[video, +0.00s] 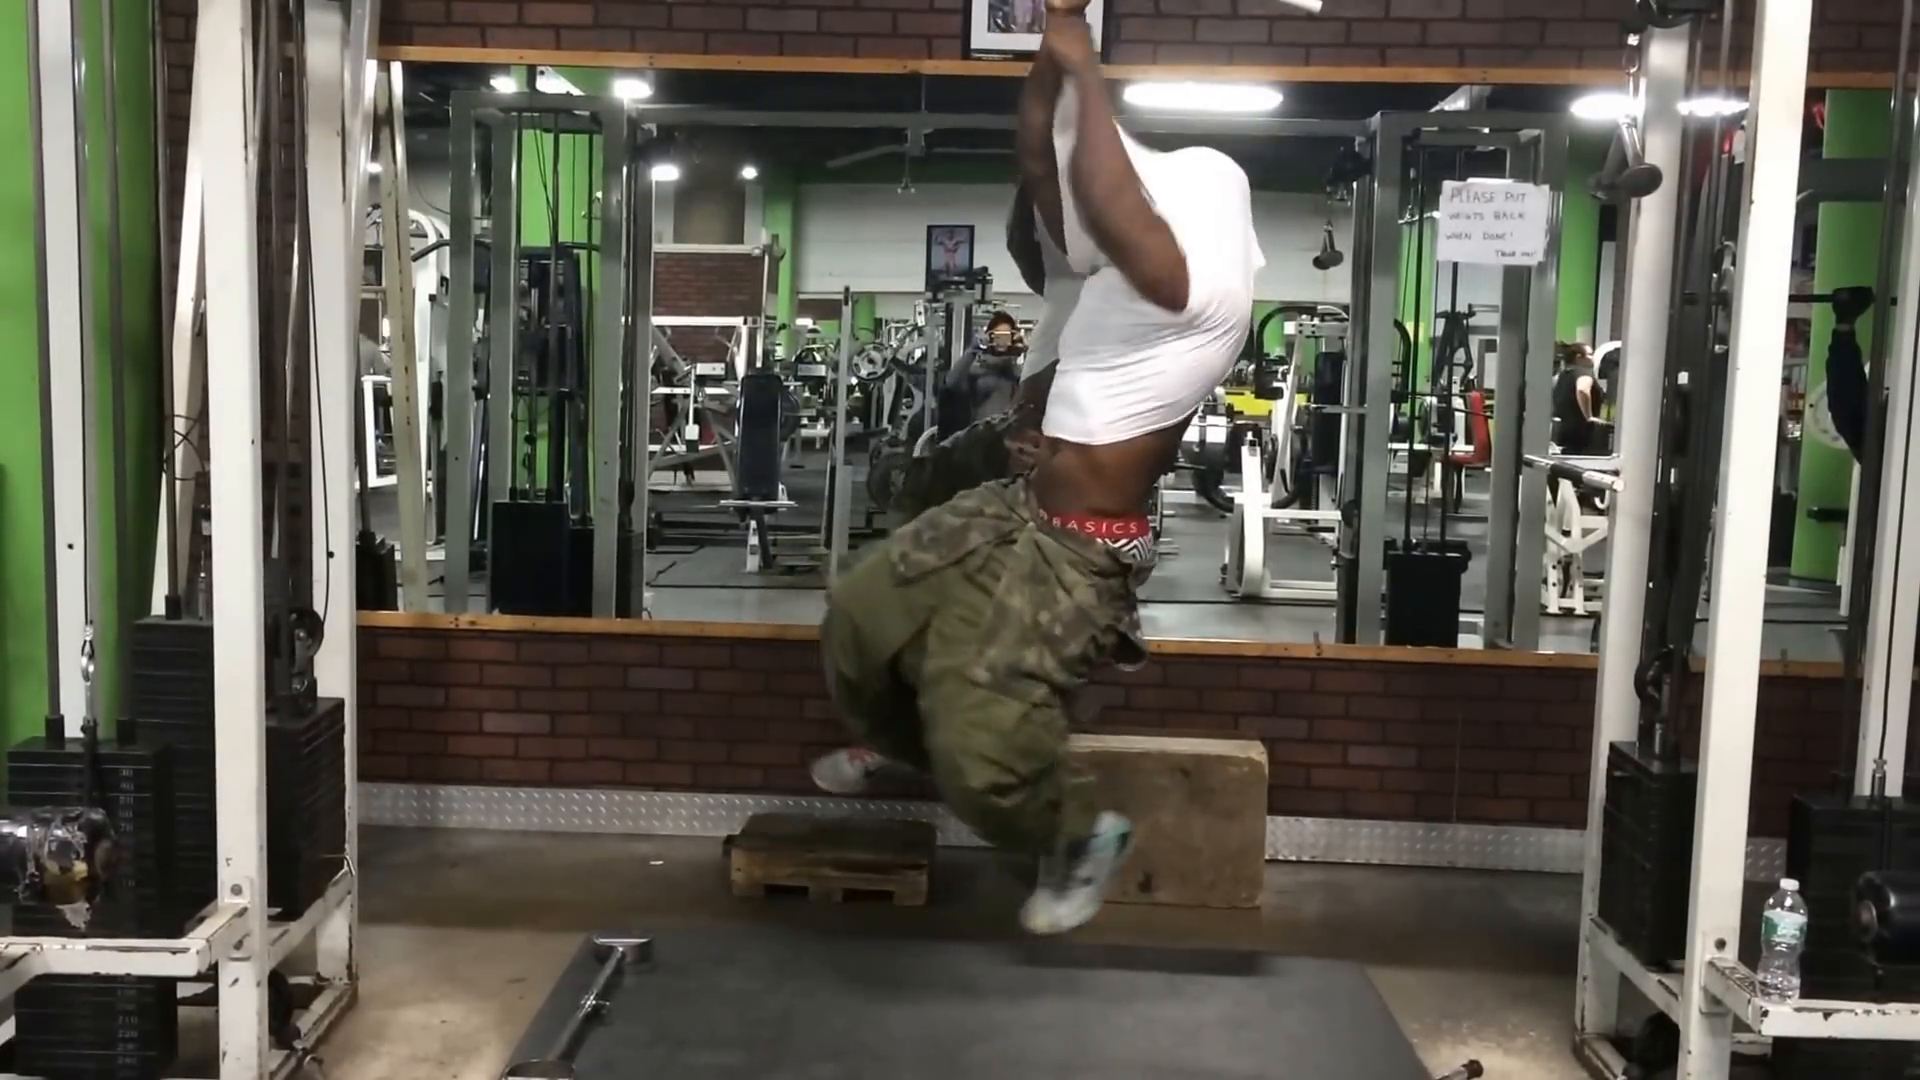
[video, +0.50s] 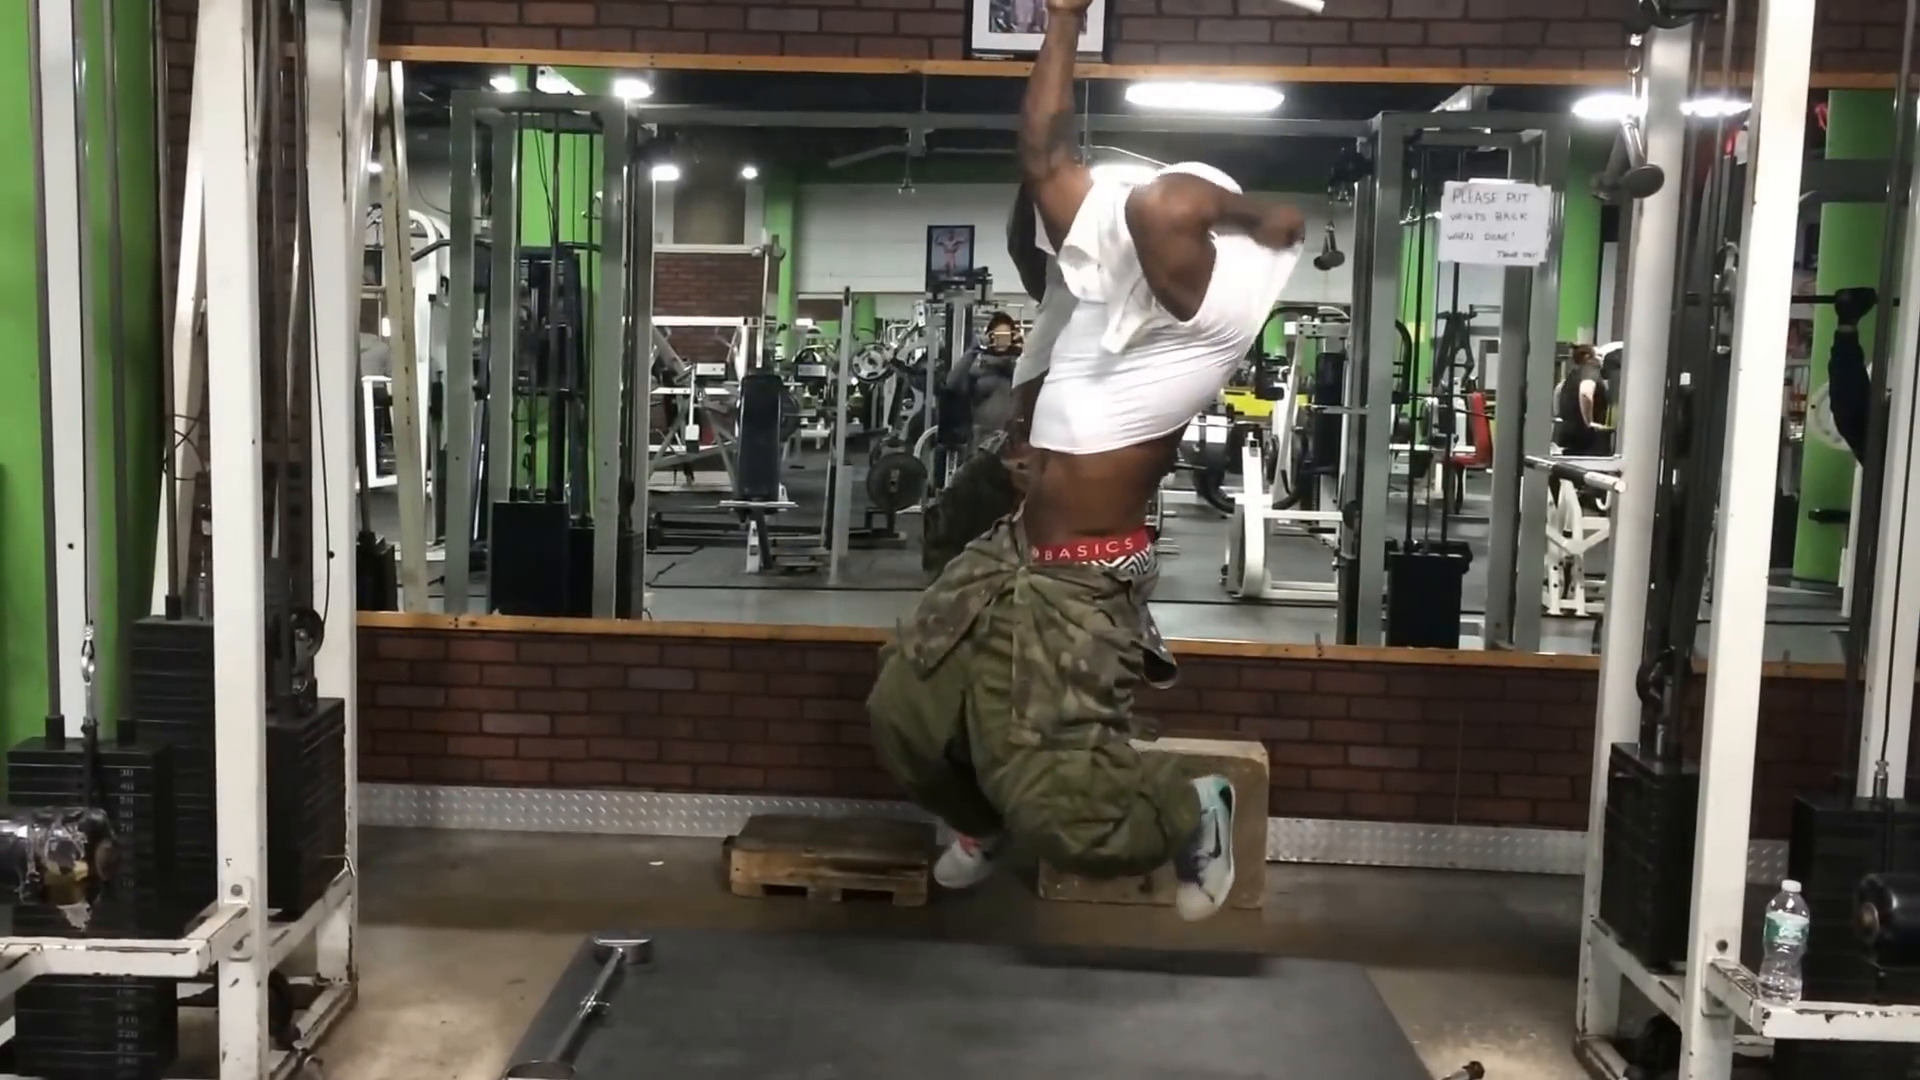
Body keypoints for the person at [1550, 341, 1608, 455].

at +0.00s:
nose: (1593, 358)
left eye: (1592, 354)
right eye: (1590, 354)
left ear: (1576, 358)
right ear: (1579, 358)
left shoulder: (1560, 375)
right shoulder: (1585, 374)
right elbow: (1582, 391)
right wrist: (1589, 416)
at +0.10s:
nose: (1595, 359)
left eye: (1594, 355)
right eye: (1592, 355)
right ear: (1581, 358)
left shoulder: (1562, 374)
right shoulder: (1588, 371)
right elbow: (1585, 384)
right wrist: (1591, 410)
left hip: (1565, 428)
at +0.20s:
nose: (1597, 359)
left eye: (1596, 355)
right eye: (1594, 355)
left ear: (1579, 359)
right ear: (1583, 358)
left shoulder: (1566, 373)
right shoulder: (1589, 370)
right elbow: (1586, 381)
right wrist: (1592, 408)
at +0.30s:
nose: (1599, 359)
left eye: (1598, 356)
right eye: (1595, 356)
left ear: (1579, 359)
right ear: (1584, 358)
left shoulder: (1566, 373)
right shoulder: (1590, 371)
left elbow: (1555, 375)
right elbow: (1586, 382)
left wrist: (1559, 406)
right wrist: (1591, 409)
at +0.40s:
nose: (1601, 360)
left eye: (1600, 356)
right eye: (1598, 356)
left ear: (1583, 358)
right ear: (1587, 358)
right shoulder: (1591, 371)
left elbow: (1557, 383)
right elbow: (1587, 387)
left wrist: (1560, 411)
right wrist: (1591, 414)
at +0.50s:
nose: (1601, 359)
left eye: (1600, 355)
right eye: (1598, 356)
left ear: (1583, 359)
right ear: (1588, 358)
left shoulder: (1574, 372)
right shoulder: (1591, 370)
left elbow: (1558, 390)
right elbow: (1585, 394)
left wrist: (1558, 415)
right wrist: (1589, 422)